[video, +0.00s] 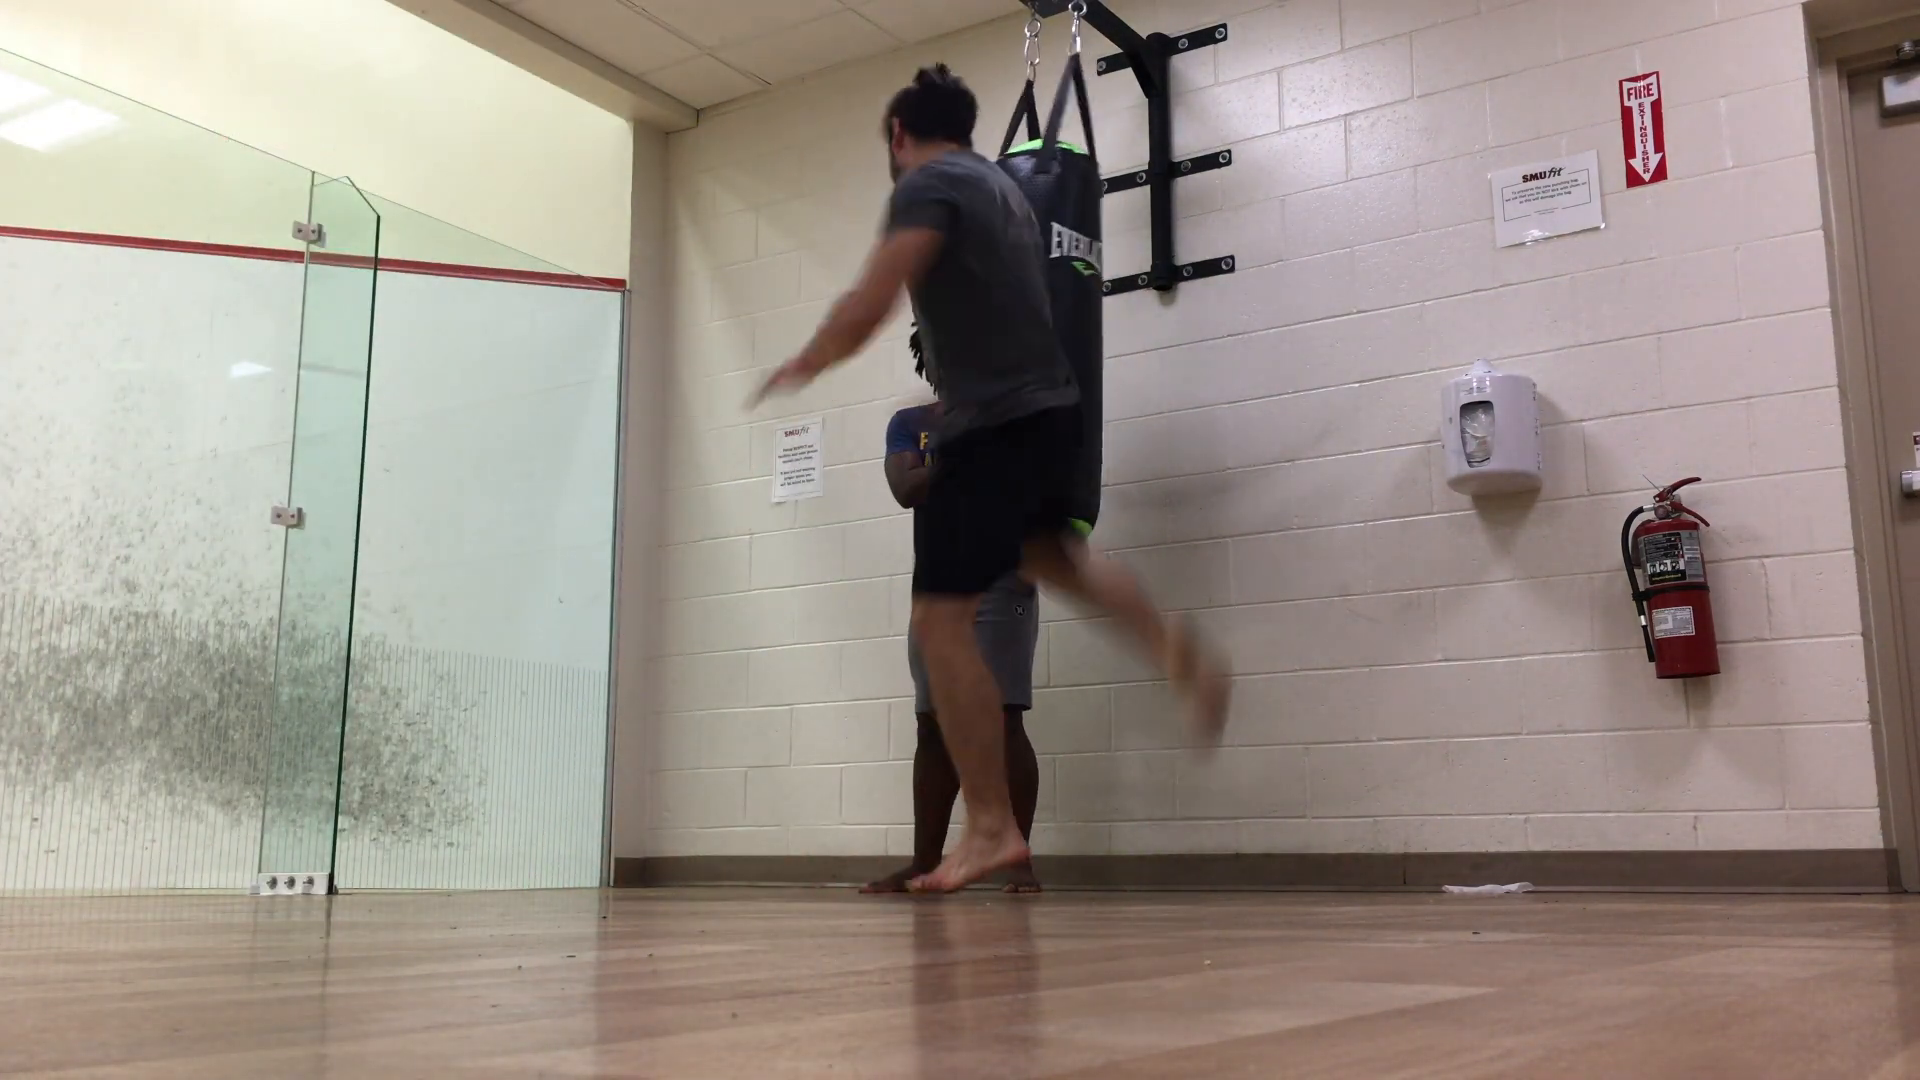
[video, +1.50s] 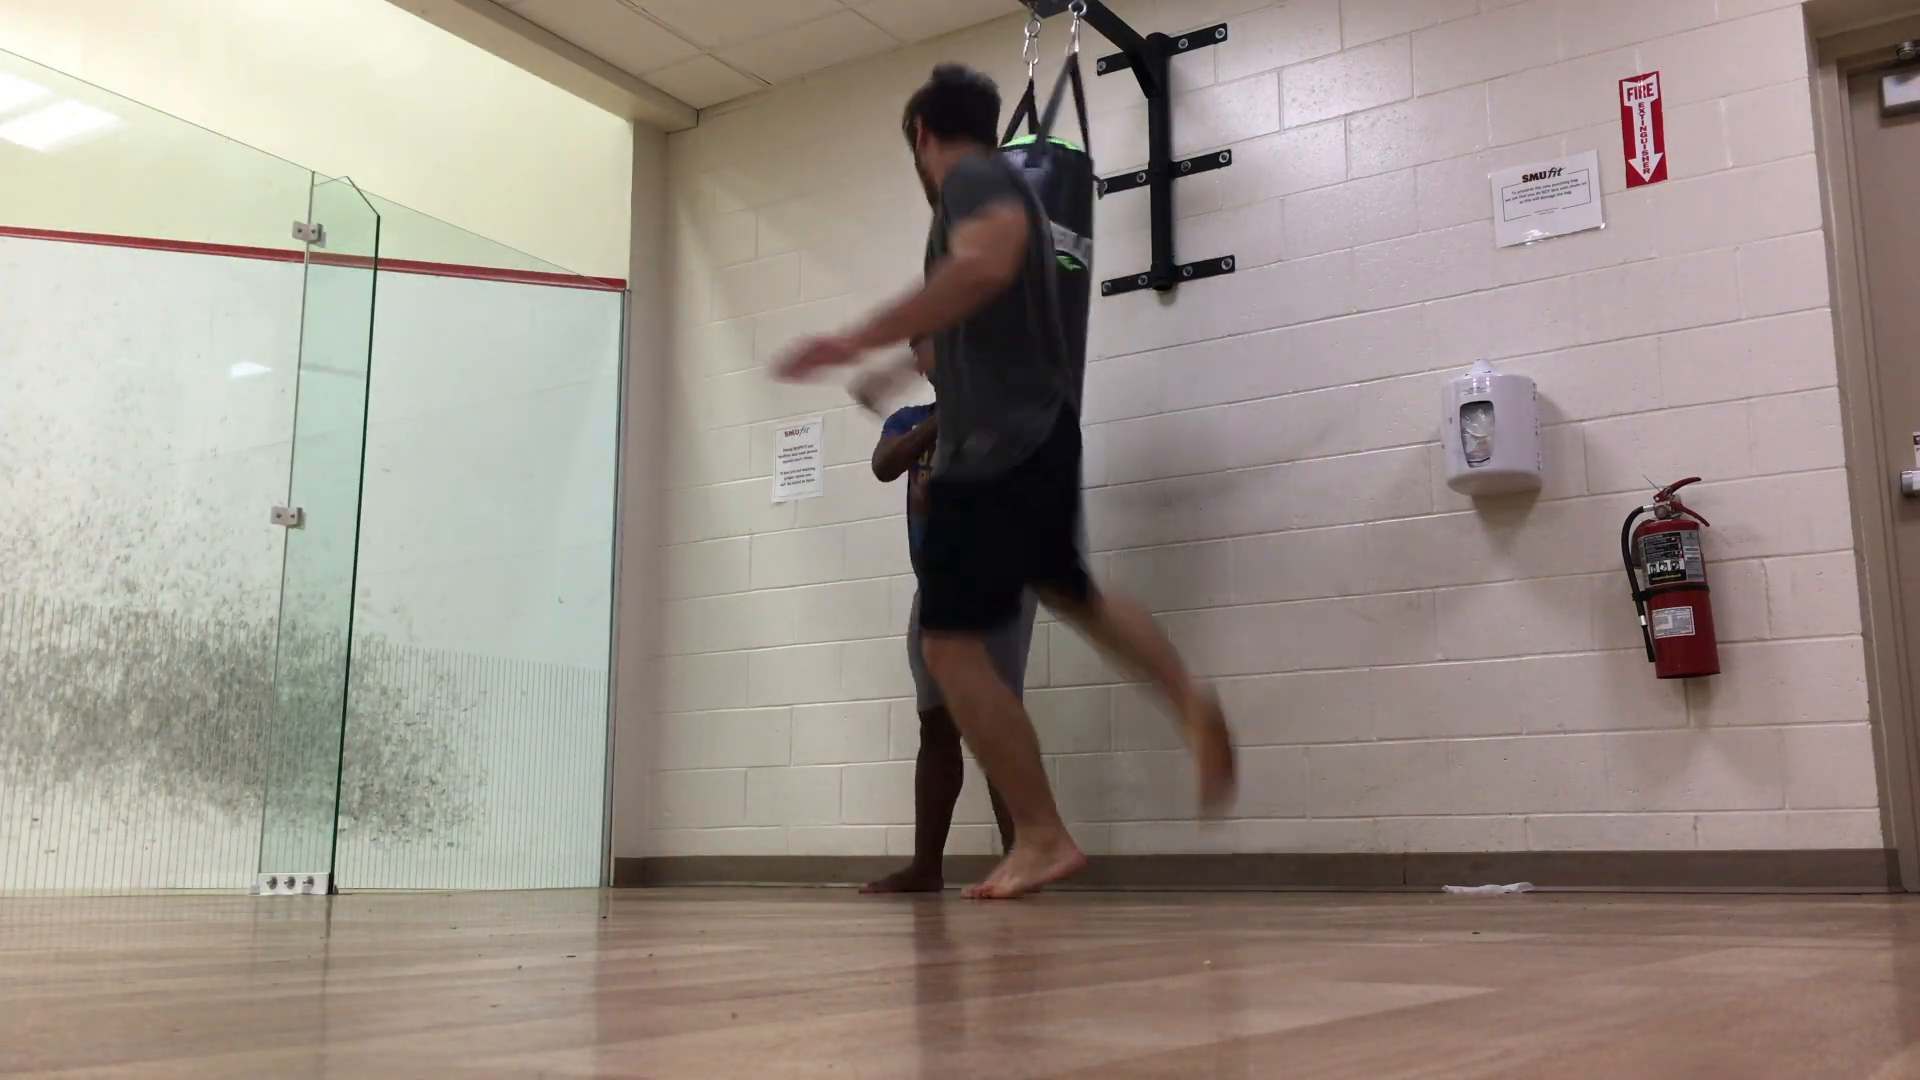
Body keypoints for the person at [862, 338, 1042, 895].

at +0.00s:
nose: (937, 363)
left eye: (944, 351)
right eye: (929, 353)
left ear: (977, 359)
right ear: (925, 363)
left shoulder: (1013, 424)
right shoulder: (910, 422)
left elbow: (1043, 491)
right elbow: (904, 490)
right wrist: (960, 460)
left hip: (1008, 593)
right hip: (939, 596)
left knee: (1005, 723)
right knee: (933, 726)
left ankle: (1019, 857)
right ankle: (927, 859)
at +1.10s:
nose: (940, 354)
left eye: (949, 342)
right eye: (931, 346)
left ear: (975, 350)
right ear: (922, 359)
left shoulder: (1013, 420)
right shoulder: (913, 422)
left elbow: (1051, 488)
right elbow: (897, 474)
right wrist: (935, 444)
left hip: (1010, 594)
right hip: (942, 595)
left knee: (1009, 728)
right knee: (939, 727)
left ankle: (1015, 857)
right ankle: (927, 862)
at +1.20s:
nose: (937, 358)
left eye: (946, 348)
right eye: (929, 350)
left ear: (972, 354)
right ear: (921, 360)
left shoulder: (1001, 416)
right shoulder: (910, 420)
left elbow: (1052, 486)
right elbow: (889, 469)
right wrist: (949, 413)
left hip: (998, 602)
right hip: (938, 600)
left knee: (1004, 731)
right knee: (937, 731)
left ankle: (1014, 857)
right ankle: (926, 863)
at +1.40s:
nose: (930, 359)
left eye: (938, 348)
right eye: (923, 352)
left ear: (965, 351)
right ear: (919, 362)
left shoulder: (1000, 418)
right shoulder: (918, 413)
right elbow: (881, 473)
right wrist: (922, 435)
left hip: (1004, 584)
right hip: (944, 588)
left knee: (997, 714)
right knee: (940, 718)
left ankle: (1018, 854)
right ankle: (926, 862)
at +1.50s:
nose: (928, 357)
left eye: (934, 345)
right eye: (922, 348)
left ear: (961, 351)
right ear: (917, 360)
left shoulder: (993, 418)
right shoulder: (912, 418)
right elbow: (883, 465)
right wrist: (946, 413)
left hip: (1001, 593)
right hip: (937, 595)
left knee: (999, 723)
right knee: (937, 729)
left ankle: (1016, 855)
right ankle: (926, 864)